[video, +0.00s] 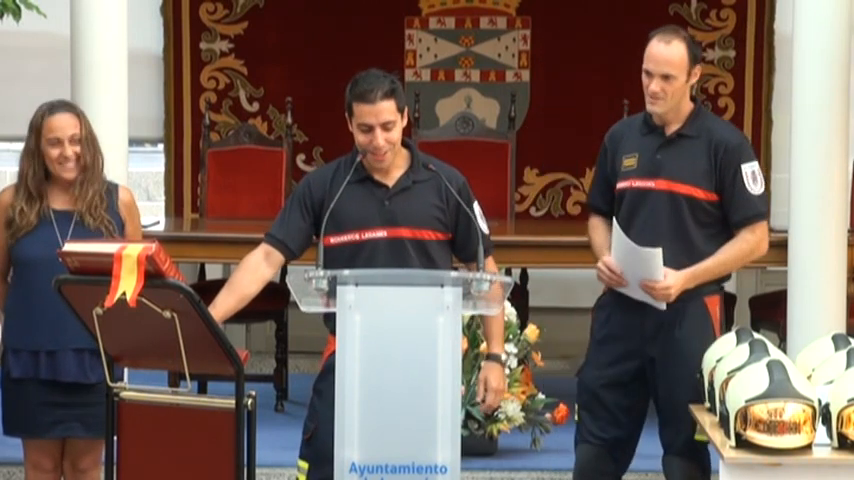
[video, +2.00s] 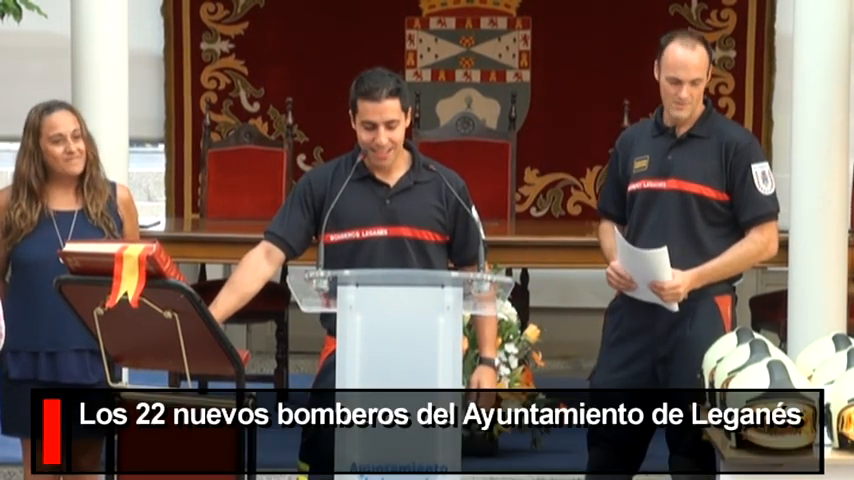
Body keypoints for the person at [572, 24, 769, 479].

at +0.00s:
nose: (653, 87)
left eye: (666, 77)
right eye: (648, 74)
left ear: (693, 77)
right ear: (641, 72)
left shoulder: (727, 144)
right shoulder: (620, 137)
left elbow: (756, 239)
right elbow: (599, 212)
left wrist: (685, 279)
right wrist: (605, 255)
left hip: (688, 319)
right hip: (620, 313)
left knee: (686, 453)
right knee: (596, 449)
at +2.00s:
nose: (684, 93)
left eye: (694, 83)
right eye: (675, 81)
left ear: (707, 80)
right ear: (657, 77)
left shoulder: (737, 145)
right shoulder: (630, 142)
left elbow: (765, 241)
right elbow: (609, 219)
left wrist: (692, 280)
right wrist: (615, 260)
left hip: (698, 328)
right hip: (631, 322)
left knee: (693, 462)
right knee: (607, 458)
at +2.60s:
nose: (687, 99)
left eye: (696, 88)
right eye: (677, 87)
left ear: (709, 83)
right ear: (659, 80)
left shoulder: (741, 145)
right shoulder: (627, 142)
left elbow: (772, 229)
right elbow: (608, 223)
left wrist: (758, 287)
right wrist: (625, 287)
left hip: (706, 315)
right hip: (634, 311)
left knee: (696, 448)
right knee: (609, 442)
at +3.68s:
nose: (633, 116)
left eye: (643, 104)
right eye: (625, 105)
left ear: (669, 93)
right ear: (616, 98)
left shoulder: (715, 147)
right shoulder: (599, 154)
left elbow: (758, 222)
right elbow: (581, 232)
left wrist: (709, 259)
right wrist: (595, 295)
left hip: (693, 320)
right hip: (618, 320)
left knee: (691, 451)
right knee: (599, 450)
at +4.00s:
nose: (596, 90)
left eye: (607, 78)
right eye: (594, 79)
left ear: (642, 77)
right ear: (596, 80)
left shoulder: (688, 142)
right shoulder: (590, 142)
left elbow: (720, 238)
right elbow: (579, 228)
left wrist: (640, 263)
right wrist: (556, 258)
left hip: (661, 314)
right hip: (596, 312)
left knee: (669, 456)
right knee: (560, 450)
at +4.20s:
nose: (565, 80)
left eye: (576, 71)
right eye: (565, 70)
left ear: (612, 73)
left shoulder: (646, 140)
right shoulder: (570, 140)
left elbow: (660, 242)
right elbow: (563, 218)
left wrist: (576, 264)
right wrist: (527, 240)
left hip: (621, 312)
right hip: (564, 311)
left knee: (639, 451)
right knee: (542, 446)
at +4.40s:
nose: (532, 74)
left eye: (543, 65)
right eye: (533, 64)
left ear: (579, 70)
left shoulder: (600, 135)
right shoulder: (546, 134)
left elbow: (603, 241)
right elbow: (532, 214)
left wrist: (521, 261)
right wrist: (484, 236)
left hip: (574, 303)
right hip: (530, 301)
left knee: (587, 442)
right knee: (521, 438)